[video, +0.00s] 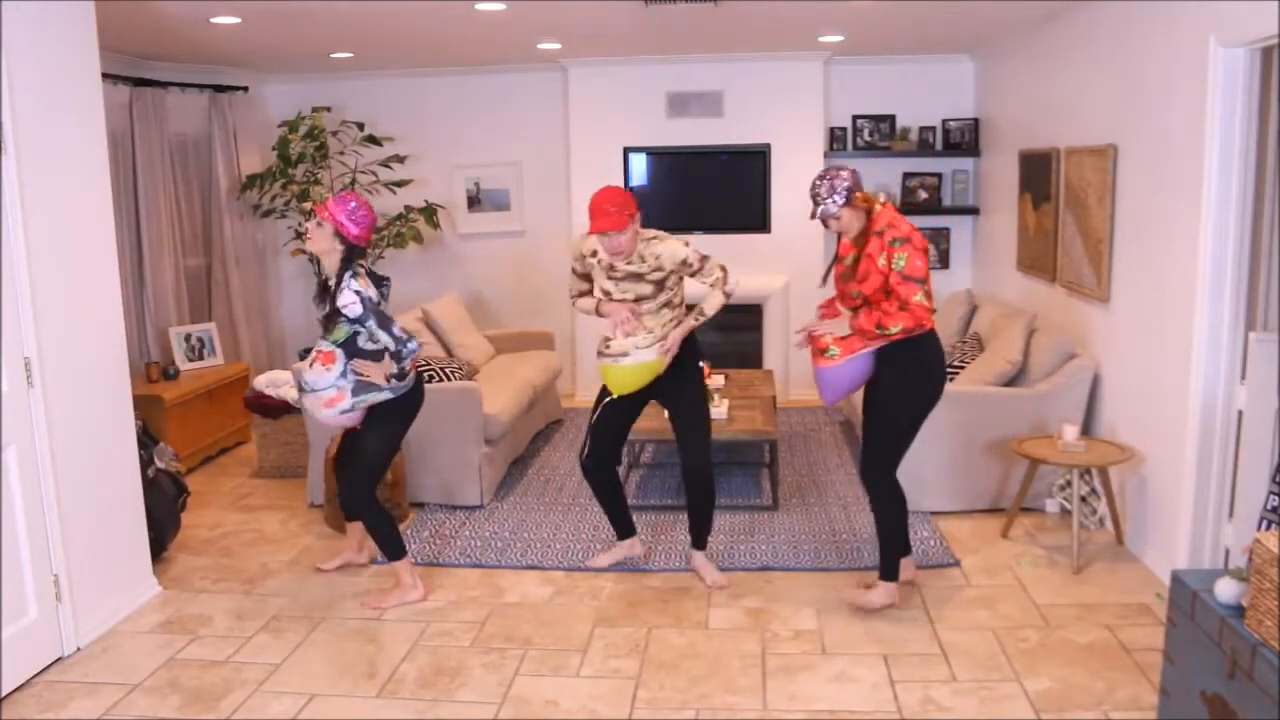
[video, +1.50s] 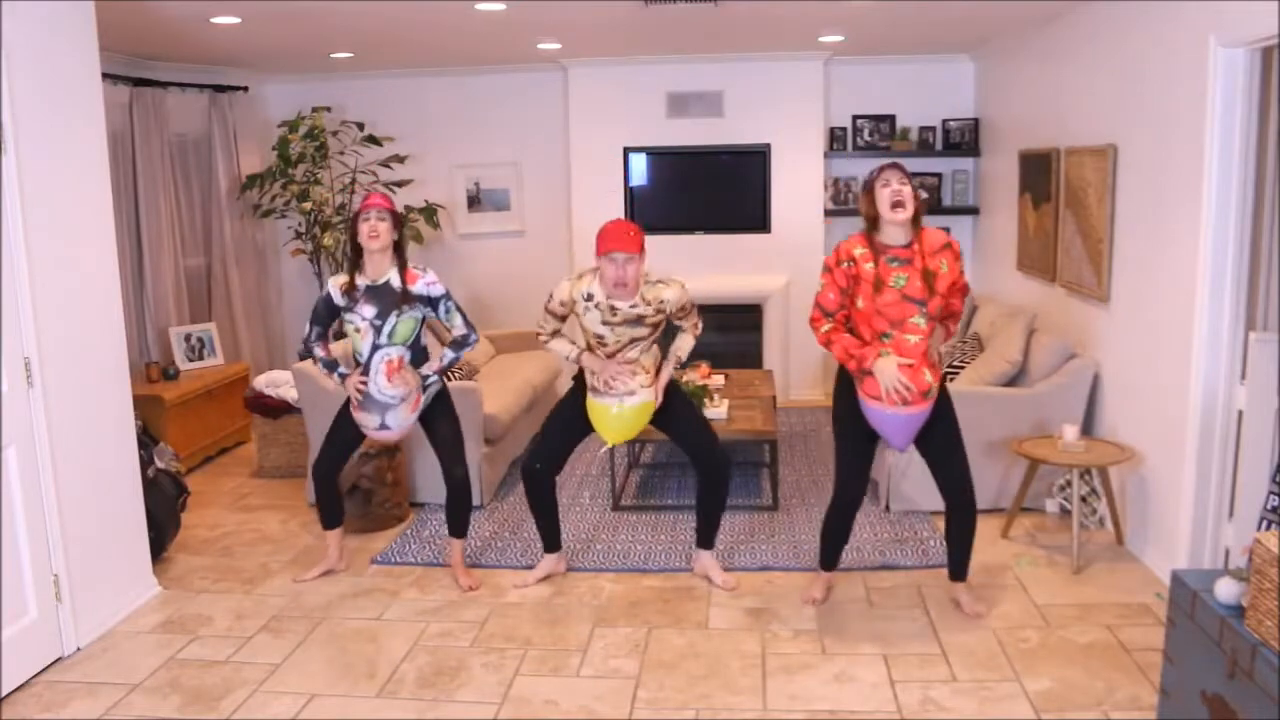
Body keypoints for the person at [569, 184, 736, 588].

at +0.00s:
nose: (614, 242)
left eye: (621, 232)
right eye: (605, 235)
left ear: (637, 223)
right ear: (594, 232)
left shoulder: (667, 250)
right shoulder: (586, 252)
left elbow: (721, 282)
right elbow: (578, 295)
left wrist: (684, 329)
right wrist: (606, 307)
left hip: (677, 359)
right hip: (626, 362)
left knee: (697, 457)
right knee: (595, 459)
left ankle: (699, 550)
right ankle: (628, 540)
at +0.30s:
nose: (629, 211)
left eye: (638, 202)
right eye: (621, 202)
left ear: (652, 198)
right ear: (608, 200)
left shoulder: (678, 230)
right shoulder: (590, 228)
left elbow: (722, 274)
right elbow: (556, 283)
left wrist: (683, 325)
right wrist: (606, 293)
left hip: (664, 352)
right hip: (612, 354)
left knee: (693, 448)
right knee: (589, 452)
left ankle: (700, 548)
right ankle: (597, 549)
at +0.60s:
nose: (625, 186)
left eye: (634, 177)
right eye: (616, 177)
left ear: (649, 180)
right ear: (605, 182)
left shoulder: (675, 224)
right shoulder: (584, 217)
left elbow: (714, 273)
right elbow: (546, 271)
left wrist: (674, 316)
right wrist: (594, 282)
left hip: (653, 349)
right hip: (601, 350)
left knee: (686, 451)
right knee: (569, 456)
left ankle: (701, 552)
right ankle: (587, 543)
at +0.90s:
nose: (608, 196)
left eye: (618, 190)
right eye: (602, 190)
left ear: (635, 206)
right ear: (591, 202)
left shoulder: (658, 251)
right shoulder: (567, 247)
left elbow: (695, 296)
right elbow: (534, 301)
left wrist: (662, 341)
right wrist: (577, 318)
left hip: (643, 375)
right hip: (586, 376)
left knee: (693, 456)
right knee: (546, 468)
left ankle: (702, 555)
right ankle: (553, 556)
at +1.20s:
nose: (610, 221)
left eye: (619, 213)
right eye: (602, 213)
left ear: (634, 225)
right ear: (588, 222)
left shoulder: (657, 265)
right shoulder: (566, 264)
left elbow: (693, 299)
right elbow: (543, 306)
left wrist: (663, 350)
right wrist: (586, 330)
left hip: (645, 376)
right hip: (588, 378)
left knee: (698, 457)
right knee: (545, 468)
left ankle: (703, 553)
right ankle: (554, 556)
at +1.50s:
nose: (621, 271)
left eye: (630, 260)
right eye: (612, 261)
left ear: (643, 260)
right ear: (598, 260)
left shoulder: (668, 294)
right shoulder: (573, 291)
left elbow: (691, 326)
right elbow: (546, 334)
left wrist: (663, 377)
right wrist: (590, 362)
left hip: (652, 387)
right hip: (592, 388)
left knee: (715, 461)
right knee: (535, 467)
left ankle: (704, 553)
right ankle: (553, 554)